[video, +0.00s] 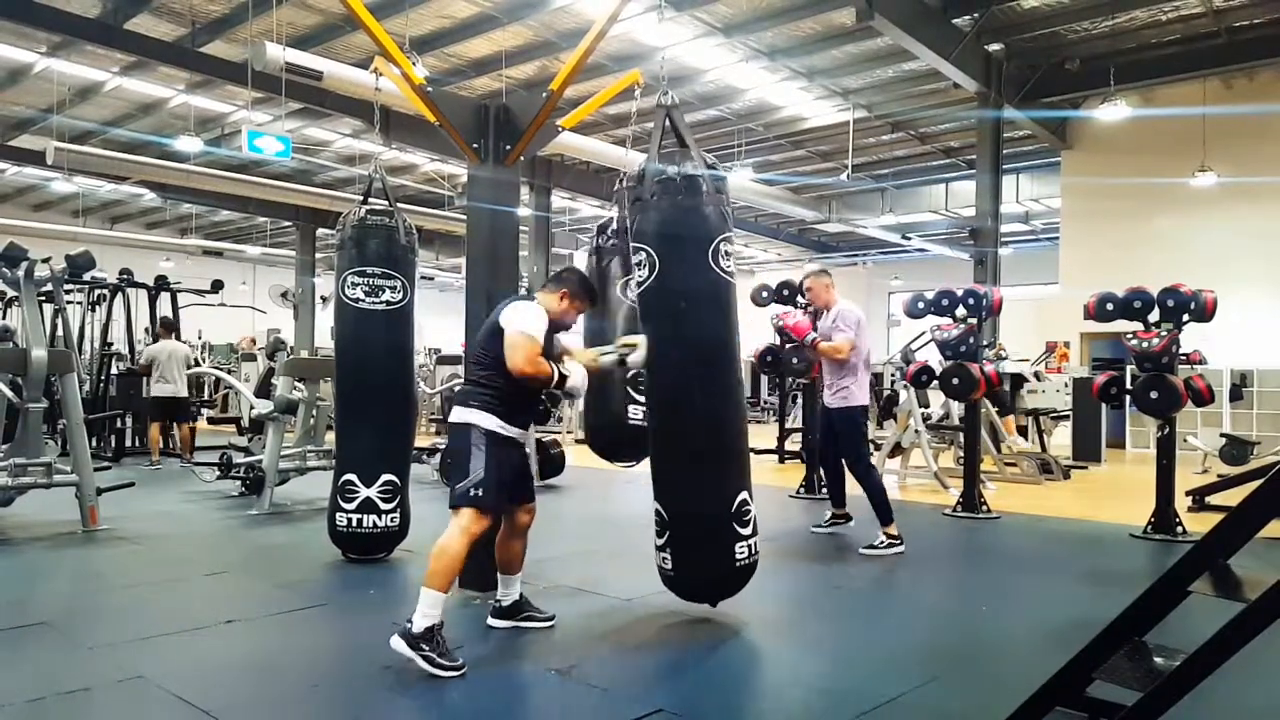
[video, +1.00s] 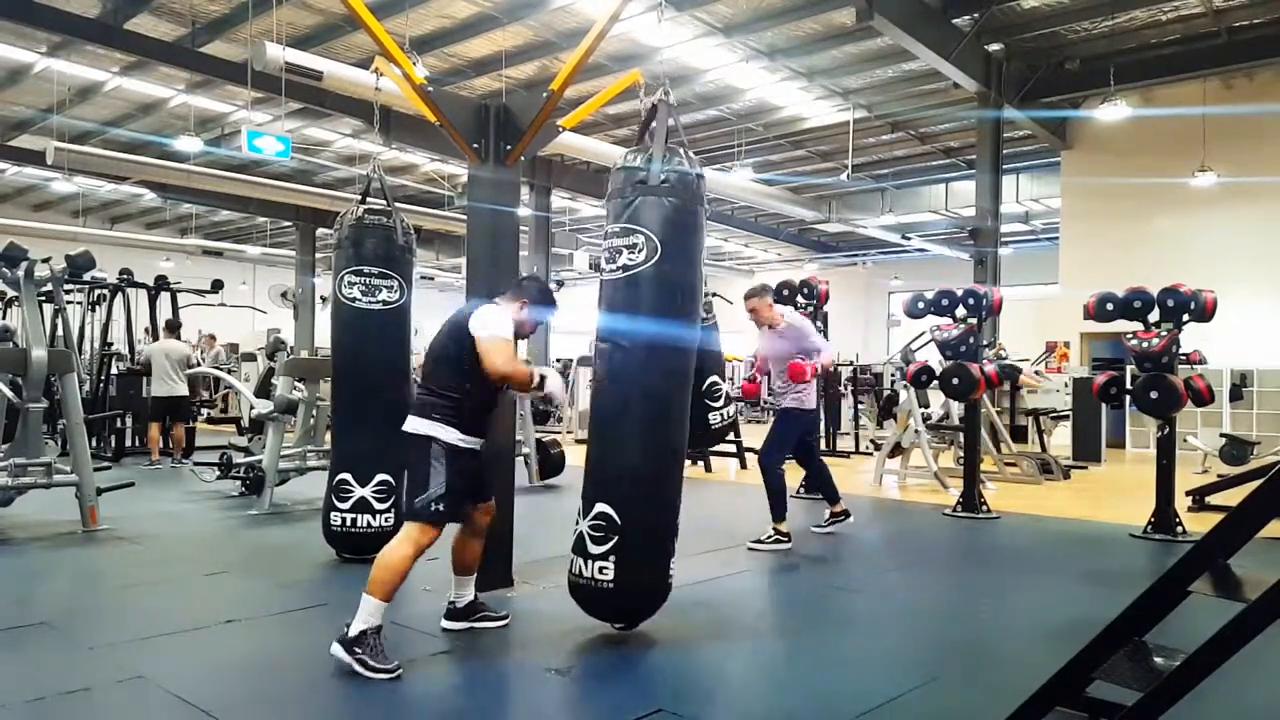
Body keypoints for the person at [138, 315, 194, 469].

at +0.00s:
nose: (158, 331)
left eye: (159, 329)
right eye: (159, 329)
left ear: (160, 330)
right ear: (173, 331)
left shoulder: (152, 349)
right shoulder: (184, 348)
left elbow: (142, 368)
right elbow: (190, 364)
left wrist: (157, 370)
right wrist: (176, 368)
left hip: (159, 393)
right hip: (180, 393)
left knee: (155, 424)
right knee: (183, 425)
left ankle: (155, 459)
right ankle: (186, 457)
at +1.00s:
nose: (165, 332)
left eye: (165, 329)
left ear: (164, 330)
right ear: (178, 331)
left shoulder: (153, 347)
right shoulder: (184, 348)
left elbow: (143, 363)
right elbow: (192, 364)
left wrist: (155, 367)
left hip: (159, 392)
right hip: (180, 391)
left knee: (155, 424)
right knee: (178, 424)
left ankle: (155, 458)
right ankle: (177, 457)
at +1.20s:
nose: (173, 332)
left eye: (172, 330)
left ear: (173, 331)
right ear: (187, 333)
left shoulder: (159, 348)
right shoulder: (192, 349)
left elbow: (153, 364)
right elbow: (200, 370)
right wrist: (199, 389)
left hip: (164, 392)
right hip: (186, 392)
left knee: (157, 423)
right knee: (182, 424)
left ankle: (155, 454)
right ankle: (178, 457)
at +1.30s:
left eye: (177, 331)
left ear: (176, 331)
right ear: (191, 333)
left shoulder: (163, 348)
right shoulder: (197, 350)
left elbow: (155, 365)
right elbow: (202, 374)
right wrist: (203, 391)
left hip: (168, 393)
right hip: (189, 393)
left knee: (163, 422)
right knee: (184, 424)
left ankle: (158, 450)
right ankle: (177, 457)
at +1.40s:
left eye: (181, 330)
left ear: (180, 330)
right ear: (195, 333)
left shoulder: (166, 347)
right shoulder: (200, 350)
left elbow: (158, 366)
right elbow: (205, 374)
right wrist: (203, 391)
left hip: (170, 392)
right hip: (190, 392)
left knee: (170, 424)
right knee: (184, 425)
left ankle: (167, 454)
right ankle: (178, 457)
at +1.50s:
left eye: (183, 331)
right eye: (197, 334)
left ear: (183, 331)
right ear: (197, 334)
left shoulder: (169, 348)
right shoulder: (201, 351)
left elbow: (161, 366)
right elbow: (208, 372)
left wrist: (169, 374)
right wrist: (206, 387)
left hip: (173, 391)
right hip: (192, 391)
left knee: (175, 423)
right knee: (187, 424)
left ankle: (178, 454)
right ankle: (178, 456)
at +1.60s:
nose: (183, 334)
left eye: (184, 332)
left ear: (184, 333)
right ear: (199, 335)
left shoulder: (172, 349)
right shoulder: (204, 351)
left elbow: (163, 366)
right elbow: (212, 369)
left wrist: (172, 374)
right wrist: (205, 382)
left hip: (176, 392)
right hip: (195, 392)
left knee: (178, 424)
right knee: (188, 424)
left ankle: (189, 453)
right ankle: (178, 456)